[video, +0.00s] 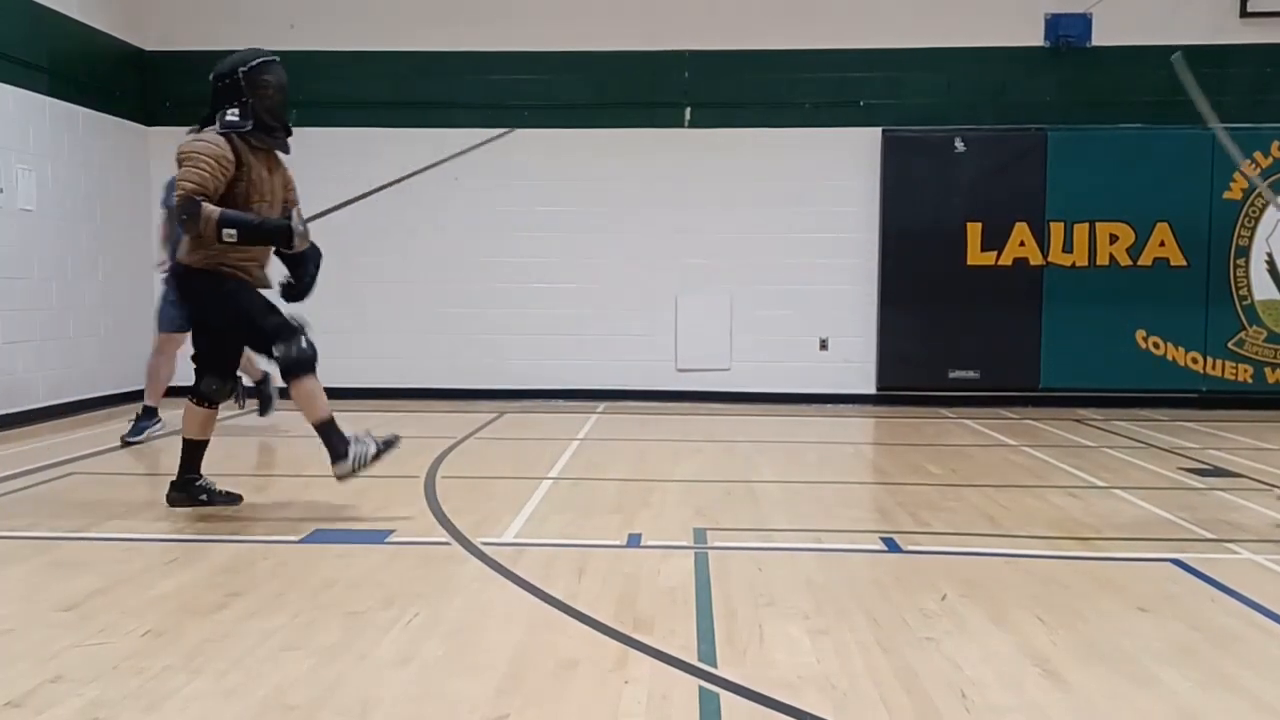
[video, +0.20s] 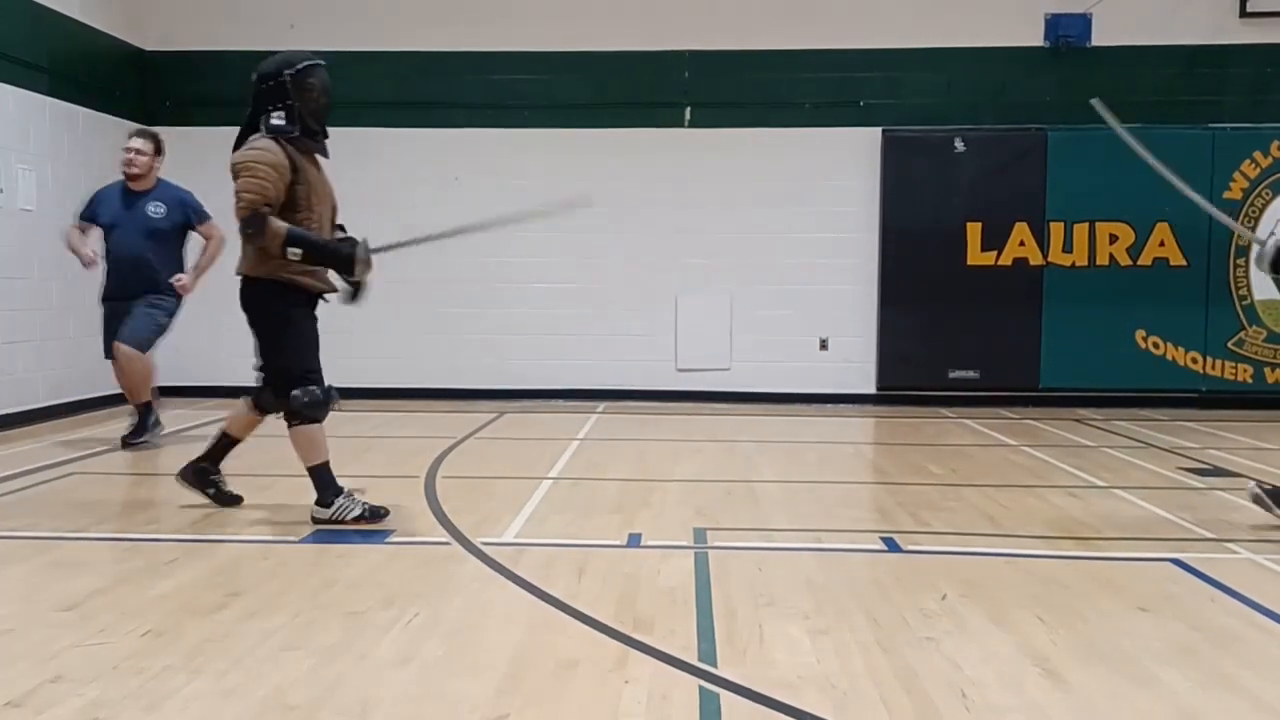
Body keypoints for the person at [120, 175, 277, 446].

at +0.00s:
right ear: (189, 155)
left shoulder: (229, 191)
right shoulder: (177, 187)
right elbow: (169, 228)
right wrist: (168, 256)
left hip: (219, 274)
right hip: (182, 273)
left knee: (227, 338)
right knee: (166, 341)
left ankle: (261, 378)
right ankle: (149, 413)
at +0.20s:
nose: (131, 157)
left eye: (140, 153)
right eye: (128, 150)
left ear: (157, 161)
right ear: (122, 155)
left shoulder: (178, 199)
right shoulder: (105, 197)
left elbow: (216, 237)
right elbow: (76, 232)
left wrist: (193, 276)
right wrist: (83, 249)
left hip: (159, 295)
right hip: (117, 296)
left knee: (127, 349)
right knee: (119, 362)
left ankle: (148, 415)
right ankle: (145, 416)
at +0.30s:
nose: (103, 141)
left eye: (112, 136)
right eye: (99, 135)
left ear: (130, 144)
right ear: (93, 140)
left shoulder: (152, 186)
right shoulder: (74, 181)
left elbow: (189, 223)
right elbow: (36, 216)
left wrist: (170, 265)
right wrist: (59, 230)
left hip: (132, 285)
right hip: (89, 287)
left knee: (94, 342)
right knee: (114, 355)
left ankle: (68, 428)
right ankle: (138, 408)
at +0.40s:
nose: (73, 134)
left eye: (83, 129)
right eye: (69, 128)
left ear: (102, 137)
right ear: (63, 133)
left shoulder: (125, 182)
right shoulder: (40, 175)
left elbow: (161, 223)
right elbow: (9, 213)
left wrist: (141, 268)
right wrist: (30, 241)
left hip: (100, 287)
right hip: (53, 285)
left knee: (61, 351)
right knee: (64, 356)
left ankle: (30, 439)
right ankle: (108, 394)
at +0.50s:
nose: (41, 140)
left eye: (51, 134)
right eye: (36, 133)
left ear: (70, 142)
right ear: (30, 138)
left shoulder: (93, 191)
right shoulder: (12, 182)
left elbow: (137, 238)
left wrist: (110, 280)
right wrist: (0, 275)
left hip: (68, 299)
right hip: (15, 294)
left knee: (31, 366)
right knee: (3, 370)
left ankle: (22, 445)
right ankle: (47, 400)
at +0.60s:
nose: (8, 131)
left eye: (18, 125)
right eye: (4, 124)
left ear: (39, 133)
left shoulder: (64, 185)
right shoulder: (1, 174)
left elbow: (111, 235)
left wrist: (68, 265)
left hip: (41, 301)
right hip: (2, 298)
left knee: (20, 376)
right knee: (15, 376)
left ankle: (21, 444)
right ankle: (20, 439)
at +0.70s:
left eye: (0, 107)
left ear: (6, 108)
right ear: (3, 109)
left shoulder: (31, 160)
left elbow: (82, 213)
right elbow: (80, 212)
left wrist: (28, 239)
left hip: (20, 281)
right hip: (2, 279)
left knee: (11, 363)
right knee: (8, 365)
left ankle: (20, 437)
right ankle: (18, 433)